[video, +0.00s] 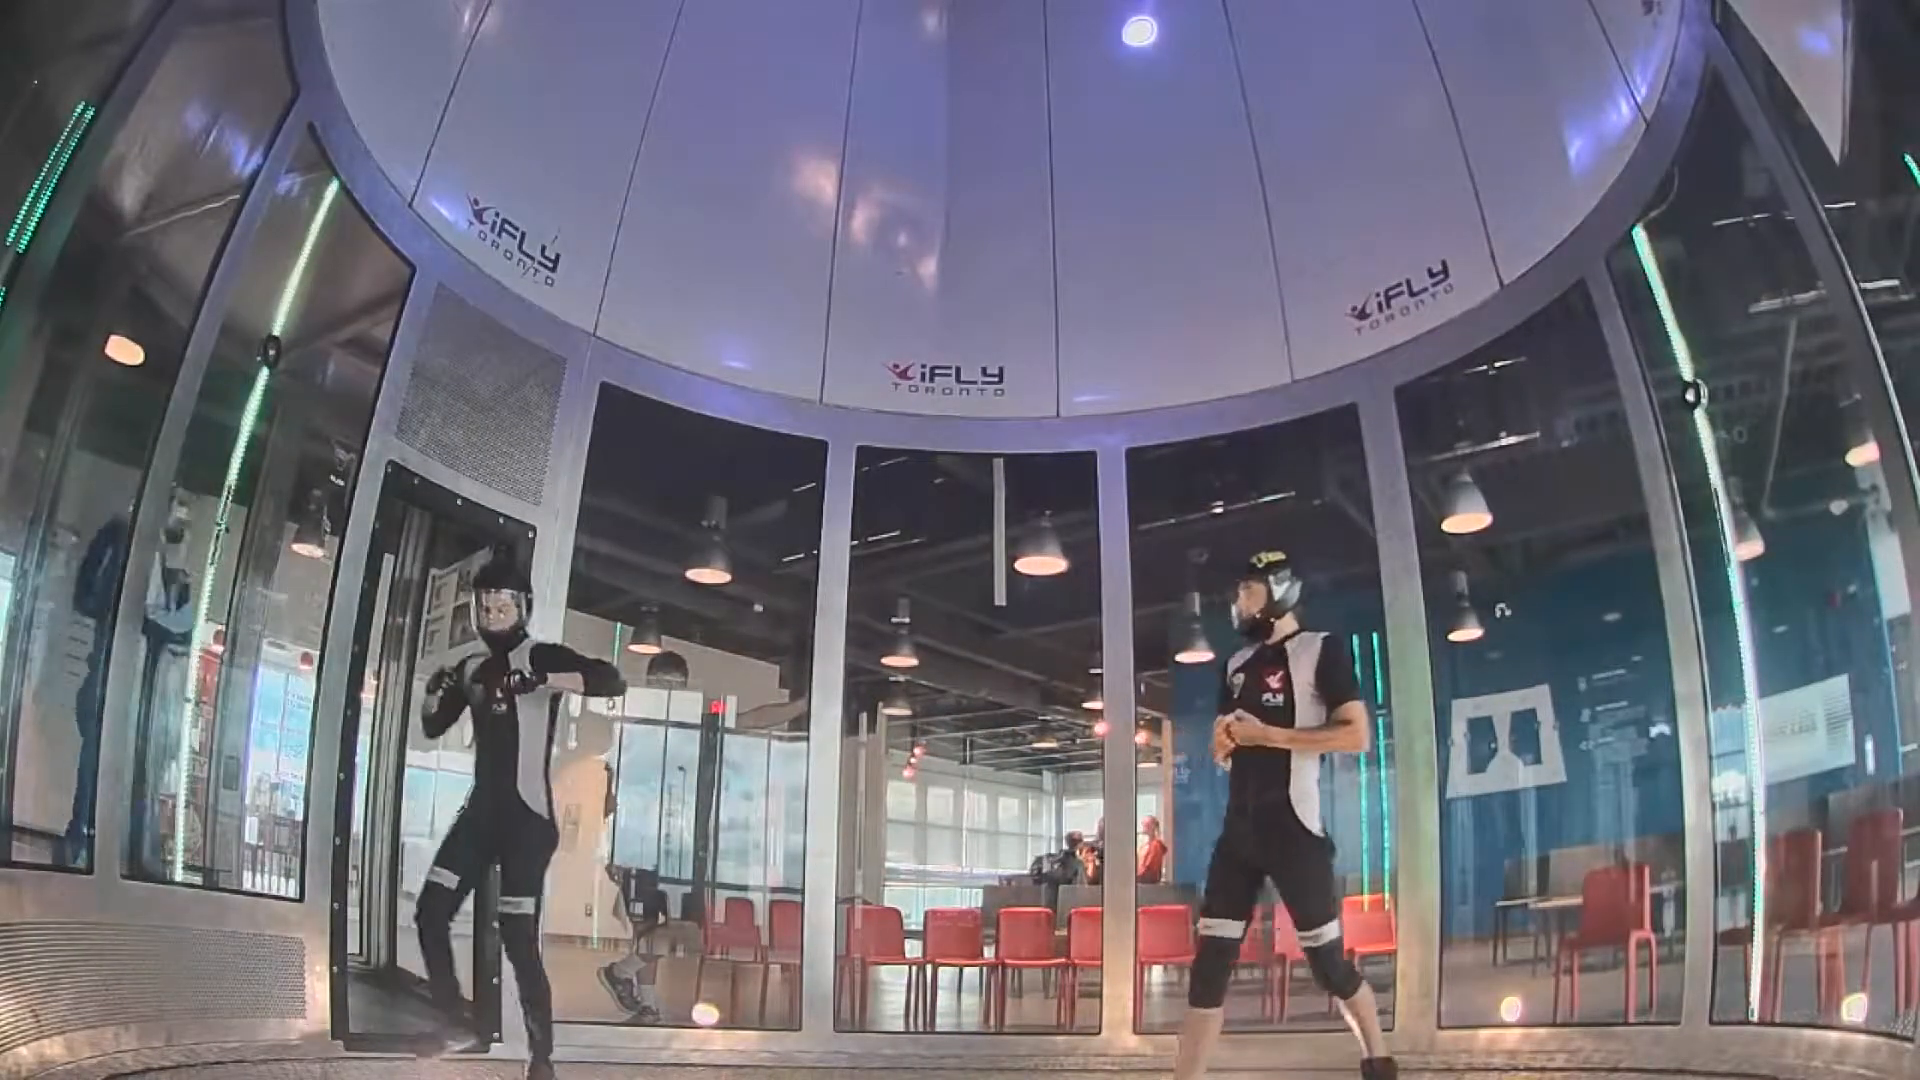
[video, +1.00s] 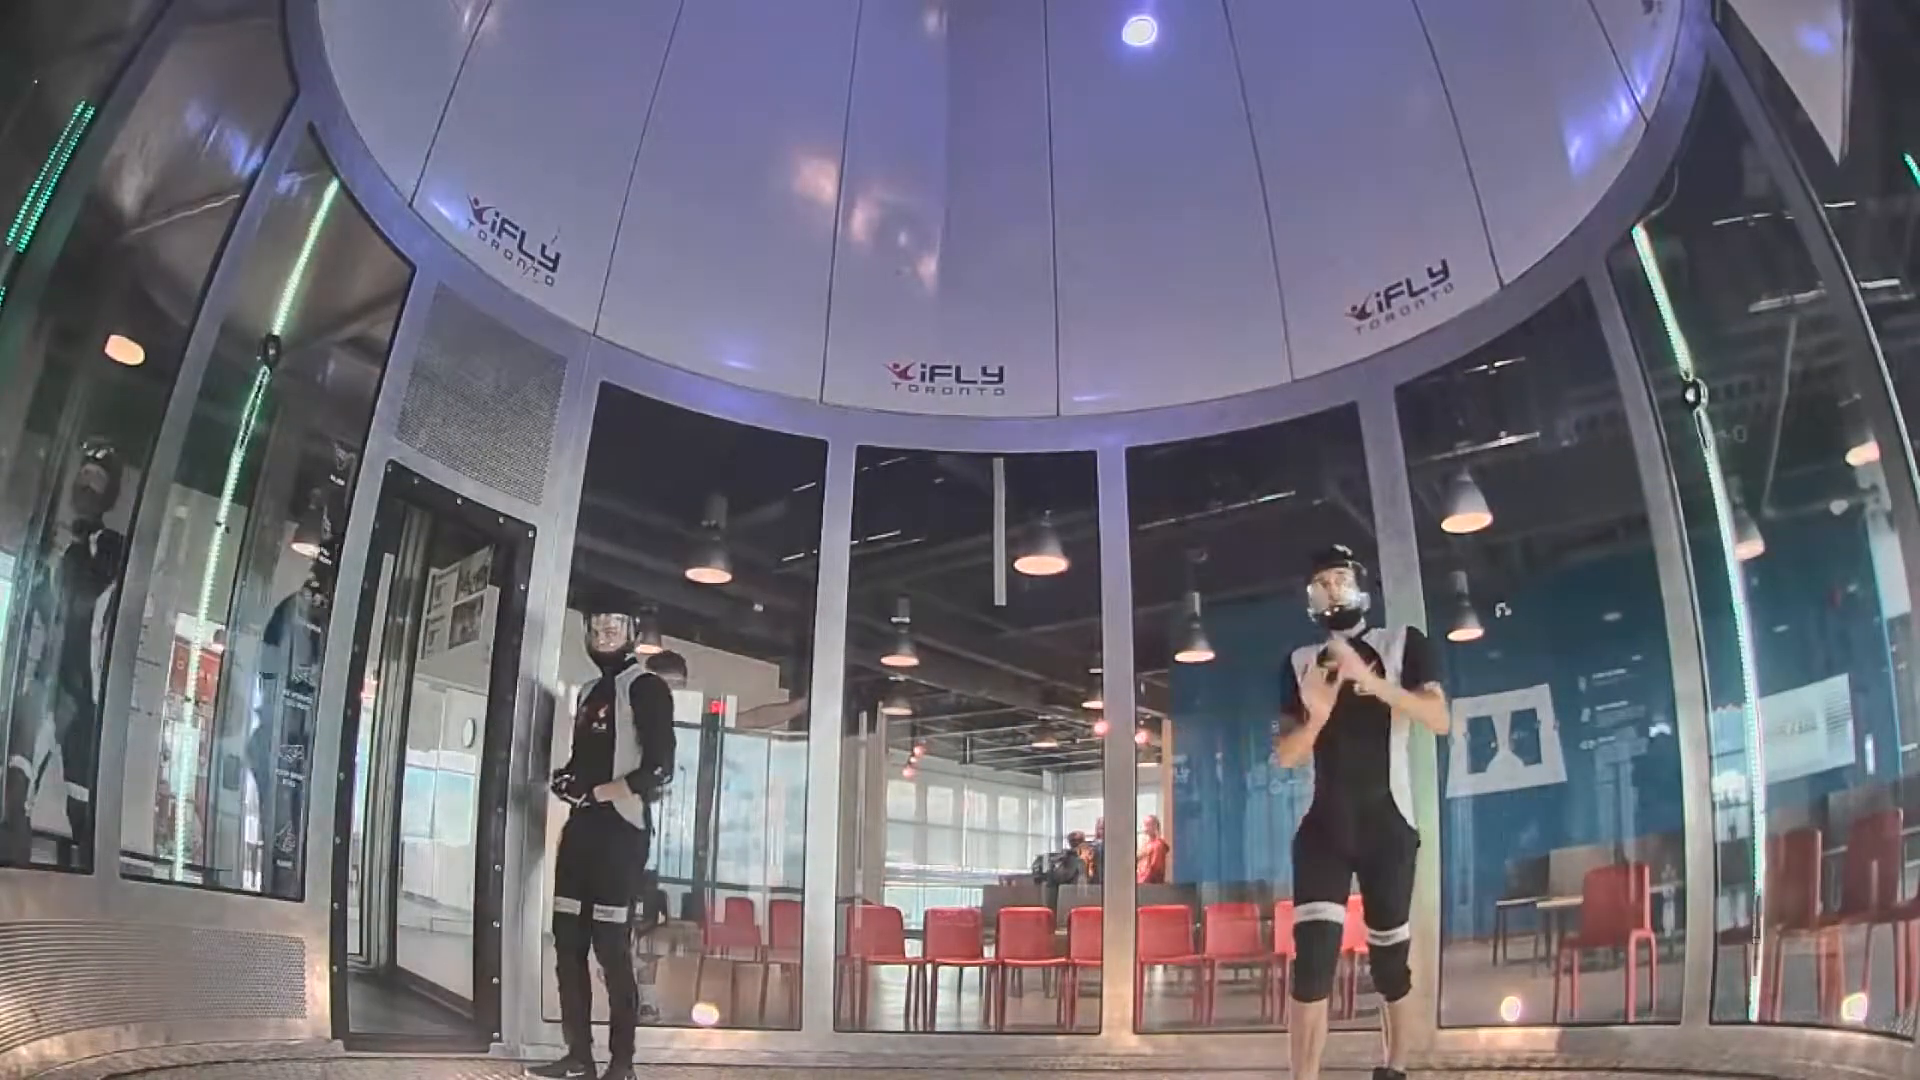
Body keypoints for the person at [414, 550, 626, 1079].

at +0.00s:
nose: (494, 611)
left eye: (505, 603)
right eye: (487, 602)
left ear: (523, 607)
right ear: (476, 607)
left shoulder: (545, 656)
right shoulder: (470, 669)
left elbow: (613, 681)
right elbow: (432, 730)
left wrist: (562, 680)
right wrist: (436, 699)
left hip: (530, 815)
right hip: (481, 808)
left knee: (517, 936)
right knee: (431, 913)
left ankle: (541, 1056)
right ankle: (453, 1022)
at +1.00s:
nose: (605, 633)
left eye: (614, 626)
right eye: (598, 627)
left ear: (631, 632)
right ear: (590, 634)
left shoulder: (646, 686)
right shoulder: (590, 691)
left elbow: (661, 767)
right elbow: (584, 759)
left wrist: (599, 790)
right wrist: (568, 778)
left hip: (622, 827)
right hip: (581, 822)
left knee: (611, 943)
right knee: (568, 942)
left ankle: (621, 1061)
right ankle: (579, 1056)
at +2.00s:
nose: (603, 628)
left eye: (612, 620)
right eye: (595, 620)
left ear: (628, 626)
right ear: (582, 626)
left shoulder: (635, 679)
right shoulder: (579, 683)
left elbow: (617, 751)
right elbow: (574, 751)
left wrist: (560, 718)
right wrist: (541, 725)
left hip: (603, 824)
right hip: (561, 819)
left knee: (598, 941)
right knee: (554, 937)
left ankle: (618, 1059)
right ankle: (575, 1053)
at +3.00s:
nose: (543, 624)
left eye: (550, 614)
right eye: (542, 614)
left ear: (578, 613)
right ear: (566, 615)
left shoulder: (605, 674)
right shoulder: (550, 678)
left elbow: (615, 746)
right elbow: (545, 739)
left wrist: (545, 732)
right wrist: (501, 720)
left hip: (581, 821)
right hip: (541, 818)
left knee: (584, 933)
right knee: (546, 931)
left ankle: (613, 1055)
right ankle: (575, 1052)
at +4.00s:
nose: (605, 628)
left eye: (617, 620)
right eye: (601, 619)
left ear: (642, 628)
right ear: (594, 625)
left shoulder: (658, 689)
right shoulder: (582, 685)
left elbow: (643, 765)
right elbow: (549, 734)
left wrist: (583, 743)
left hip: (613, 827)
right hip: (562, 819)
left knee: (604, 941)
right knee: (550, 944)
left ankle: (636, 1062)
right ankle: (575, 1057)